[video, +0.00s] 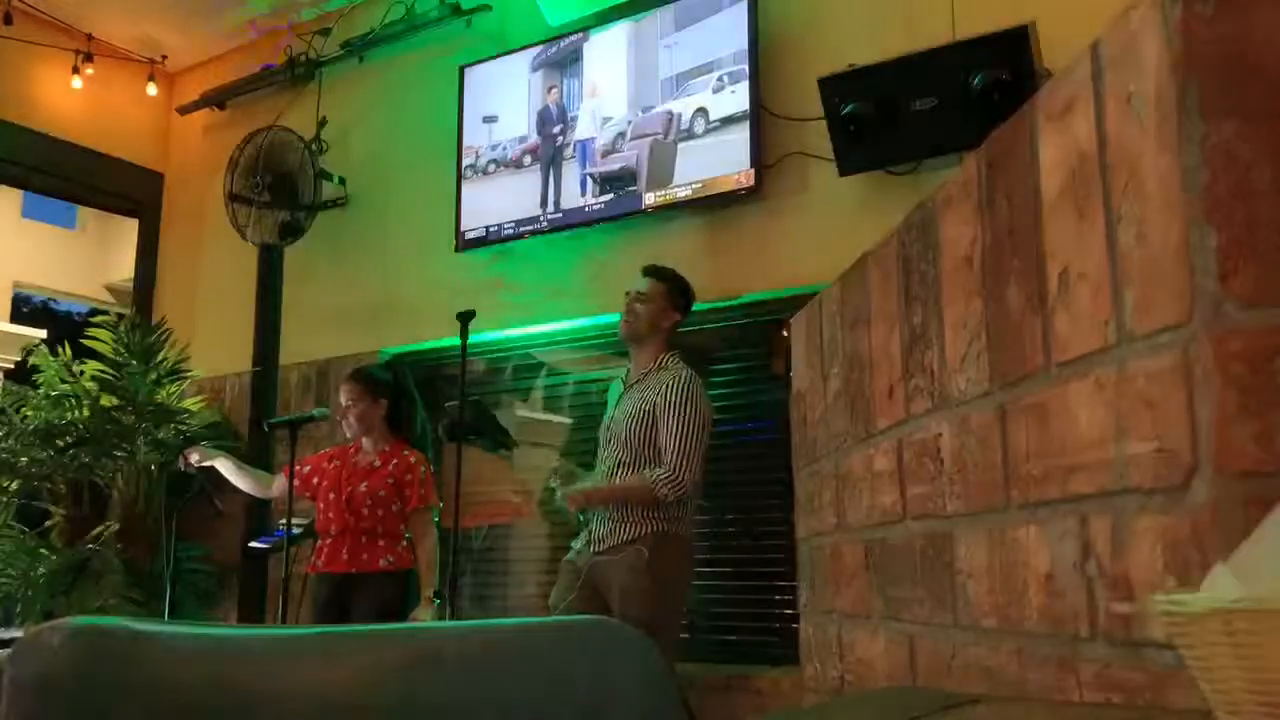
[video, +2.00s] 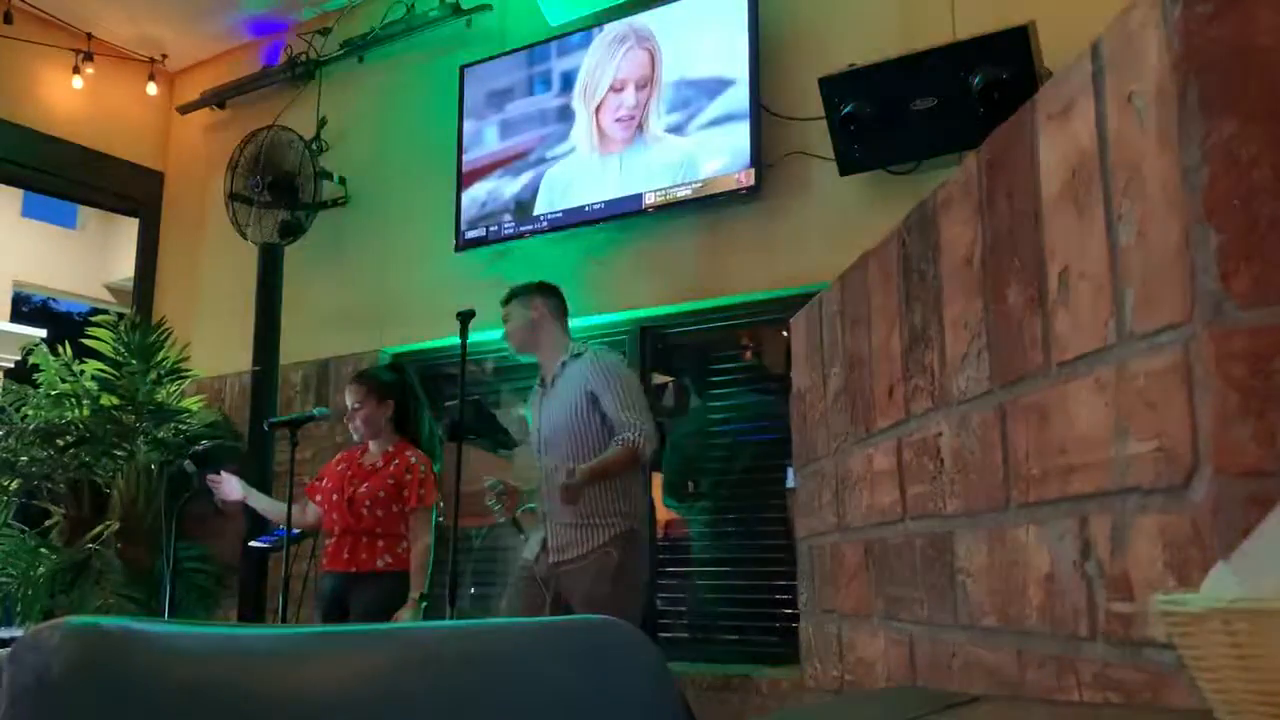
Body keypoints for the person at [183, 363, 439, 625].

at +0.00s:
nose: (342, 413)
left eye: (351, 404)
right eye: (341, 406)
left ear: (381, 406)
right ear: (339, 410)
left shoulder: (409, 463)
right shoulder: (328, 461)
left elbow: (424, 534)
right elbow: (268, 487)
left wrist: (428, 599)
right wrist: (216, 459)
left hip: (384, 583)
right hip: (330, 582)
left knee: (375, 675)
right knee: (326, 673)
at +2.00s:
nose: (348, 417)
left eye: (357, 408)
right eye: (347, 410)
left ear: (387, 408)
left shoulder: (413, 464)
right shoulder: (342, 463)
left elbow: (421, 539)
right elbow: (304, 517)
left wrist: (415, 601)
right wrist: (244, 492)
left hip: (385, 583)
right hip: (334, 582)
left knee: (371, 677)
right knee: (329, 675)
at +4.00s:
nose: (349, 416)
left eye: (357, 406)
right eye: (349, 408)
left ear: (386, 405)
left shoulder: (413, 461)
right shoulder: (355, 460)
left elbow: (419, 539)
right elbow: (333, 526)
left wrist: (411, 600)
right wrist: (278, 515)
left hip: (384, 581)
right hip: (341, 579)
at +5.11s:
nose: (341, 416)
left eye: (349, 407)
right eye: (339, 408)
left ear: (379, 408)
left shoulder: (410, 464)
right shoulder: (336, 464)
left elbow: (420, 538)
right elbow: (296, 516)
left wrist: (419, 602)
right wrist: (240, 486)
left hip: (382, 583)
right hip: (330, 582)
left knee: (369, 678)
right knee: (324, 676)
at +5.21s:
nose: (340, 417)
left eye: (348, 407)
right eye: (339, 410)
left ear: (380, 406)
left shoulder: (409, 463)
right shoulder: (337, 464)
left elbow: (419, 539)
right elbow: (306, 521)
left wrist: (418, 603)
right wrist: (244, 498)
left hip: (382, 583)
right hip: (330, 581)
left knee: (372, 681)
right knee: (327, 679)